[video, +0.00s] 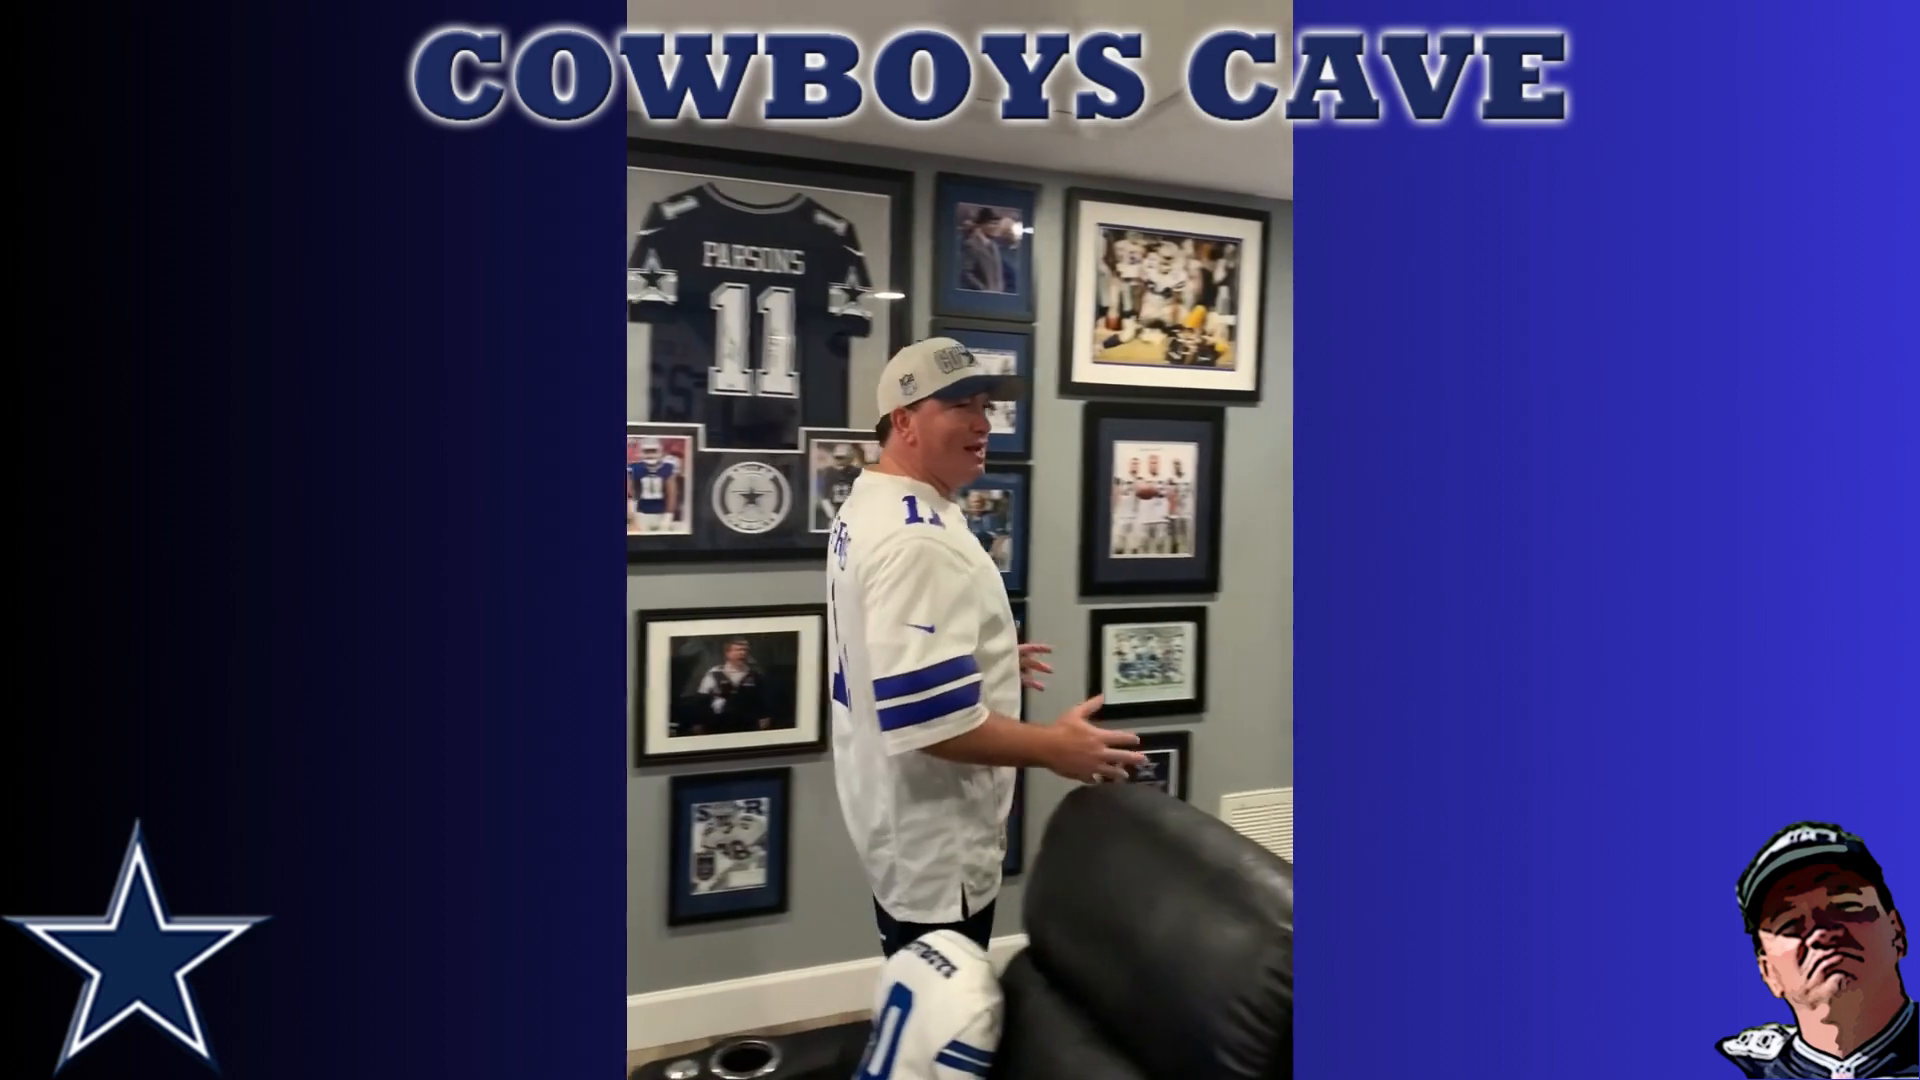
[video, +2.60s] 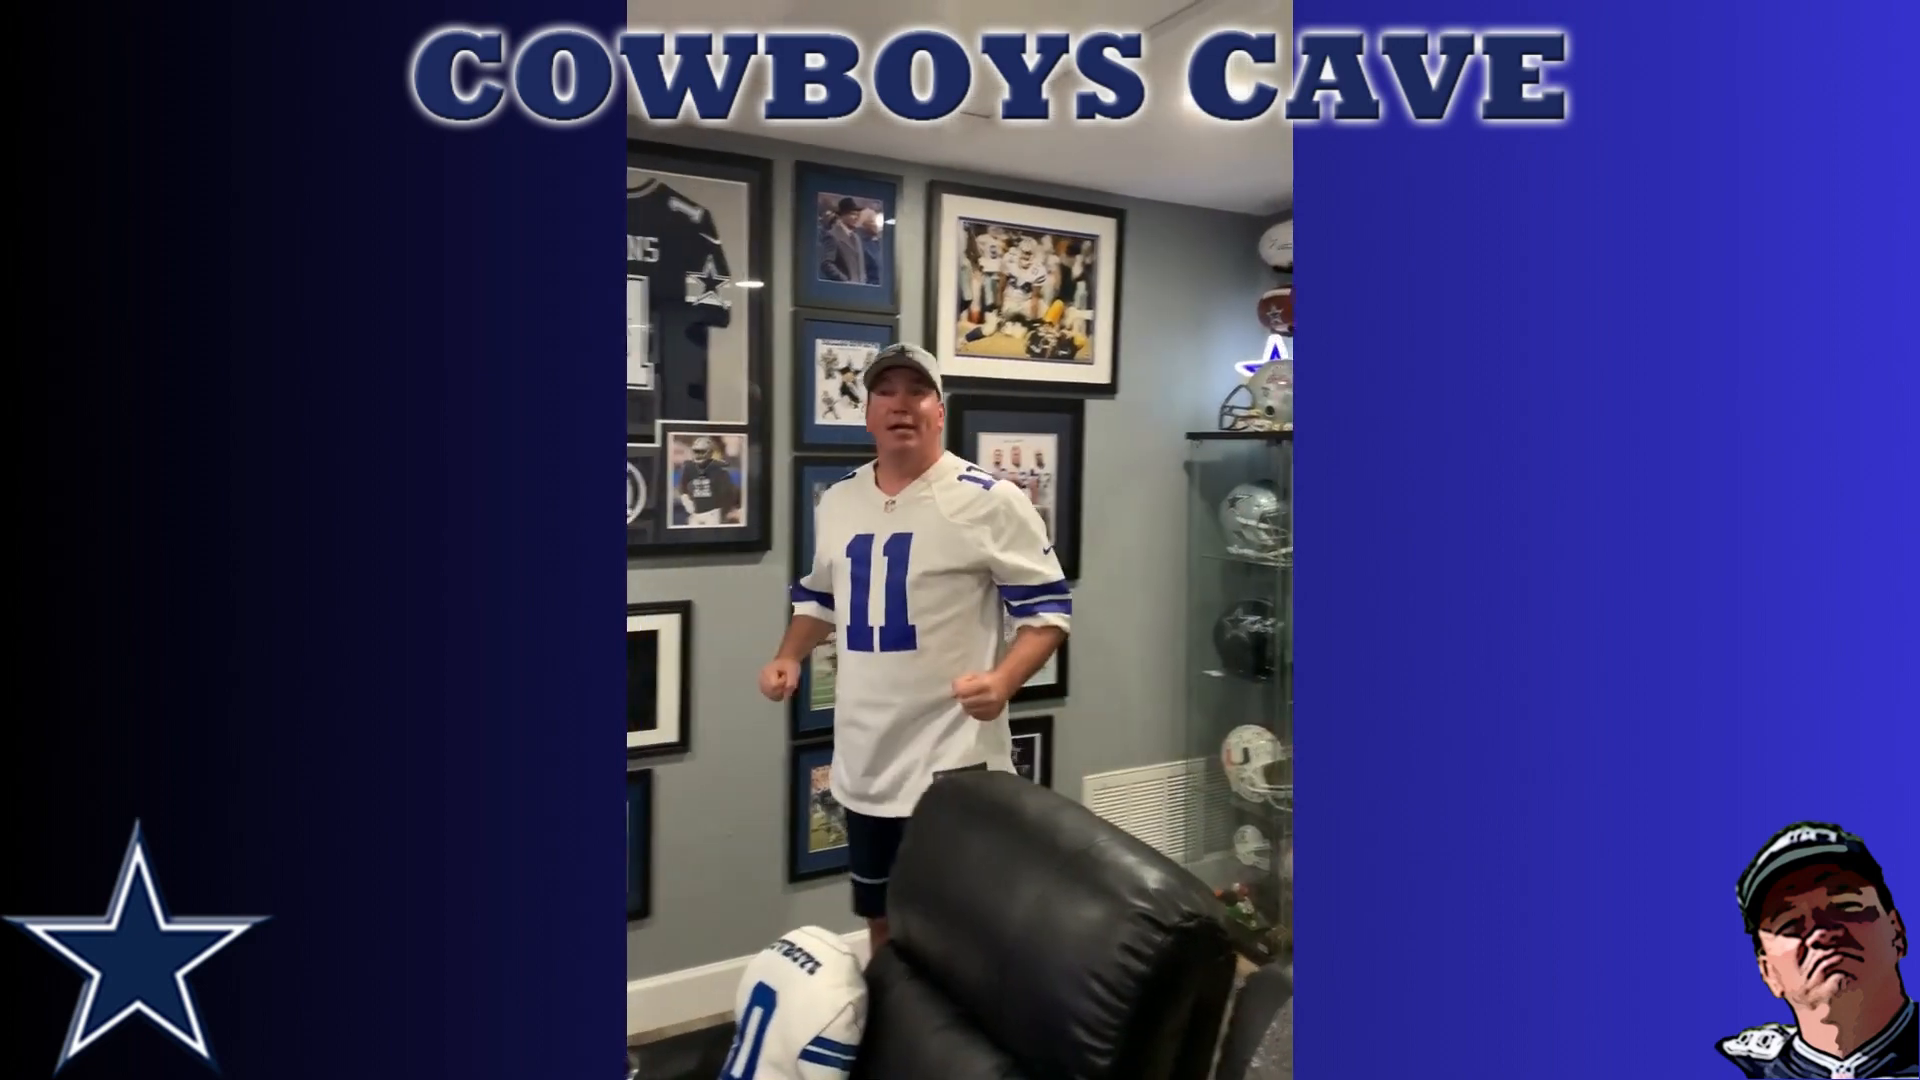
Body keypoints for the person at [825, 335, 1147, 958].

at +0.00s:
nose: (983, 425)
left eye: (983, 408)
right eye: (962, 406)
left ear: (905, 428)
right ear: (905, 423)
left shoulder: (874, 505)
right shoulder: (913, 541)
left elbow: (879, 652)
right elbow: (932, 720)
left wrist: (985, 658)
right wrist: (1049, 746)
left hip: (904, 817)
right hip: (938, 834)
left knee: (932, 1015)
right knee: (946, 1024)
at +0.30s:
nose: (978, 430)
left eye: (988, 413)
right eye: (955, 411)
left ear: (998, 425)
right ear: (909, 423)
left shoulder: (973, 518)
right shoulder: (882, 541)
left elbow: (985, 641)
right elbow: (852, 709)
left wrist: (1058, 672)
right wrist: (981, 756)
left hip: (990, 831)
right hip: (923, 850)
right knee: (920, 1031)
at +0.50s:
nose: (976, 439)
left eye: (997, 423)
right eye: (962, 422)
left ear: (1027, 440)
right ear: (941, 433)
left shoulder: (1054, 525)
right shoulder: (895, 546)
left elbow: (1081, 630)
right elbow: (846, 686)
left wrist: (1137, 690)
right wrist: (937, 740)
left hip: (1051, 822)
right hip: (944, 832)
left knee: (1050, 983)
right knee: (933, 996)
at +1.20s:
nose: (988, 435)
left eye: (1005, 419)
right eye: (983, 421)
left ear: (1049, 435)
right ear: (976, 434)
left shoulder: (1115, 515)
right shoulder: (968, 527)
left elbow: (1182, 626)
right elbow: (937, 618)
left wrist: (1108, 681)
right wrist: (906, 669)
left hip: (1095, 796)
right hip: (994, 794)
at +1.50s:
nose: (1095, 415)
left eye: (1110, 405)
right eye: (1081, 404)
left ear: (1132, 429)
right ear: (1062, 427)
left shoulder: (1175, 515)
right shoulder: (1007, 509)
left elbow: (1212, 619)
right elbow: (957, 595)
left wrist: (1187, 649)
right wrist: (979, 626)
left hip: (1131, 773)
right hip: (1023, 771)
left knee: (1131, 937)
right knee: (1024, 931)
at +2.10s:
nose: (1013, 417)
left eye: (1029, 406)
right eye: (1001, 407)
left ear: (1053, 431)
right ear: (984, 430)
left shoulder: (1101, 517)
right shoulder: (954, 518)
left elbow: (1155, 625)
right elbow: (935, 607)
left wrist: (1119, 691)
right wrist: (912, 661)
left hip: (1070, 785)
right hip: (965, 780)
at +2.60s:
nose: (901, 406)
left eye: (917, 393)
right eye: (886, 393)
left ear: (941, 413)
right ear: (866, 415)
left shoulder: (993, 503)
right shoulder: (837, 505)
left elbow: (1048, 614)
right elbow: (820, 599)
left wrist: (1004, 679)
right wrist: (789, 656)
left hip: (958, 769)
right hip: (866, 769)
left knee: (961, 932)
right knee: (883, 927)